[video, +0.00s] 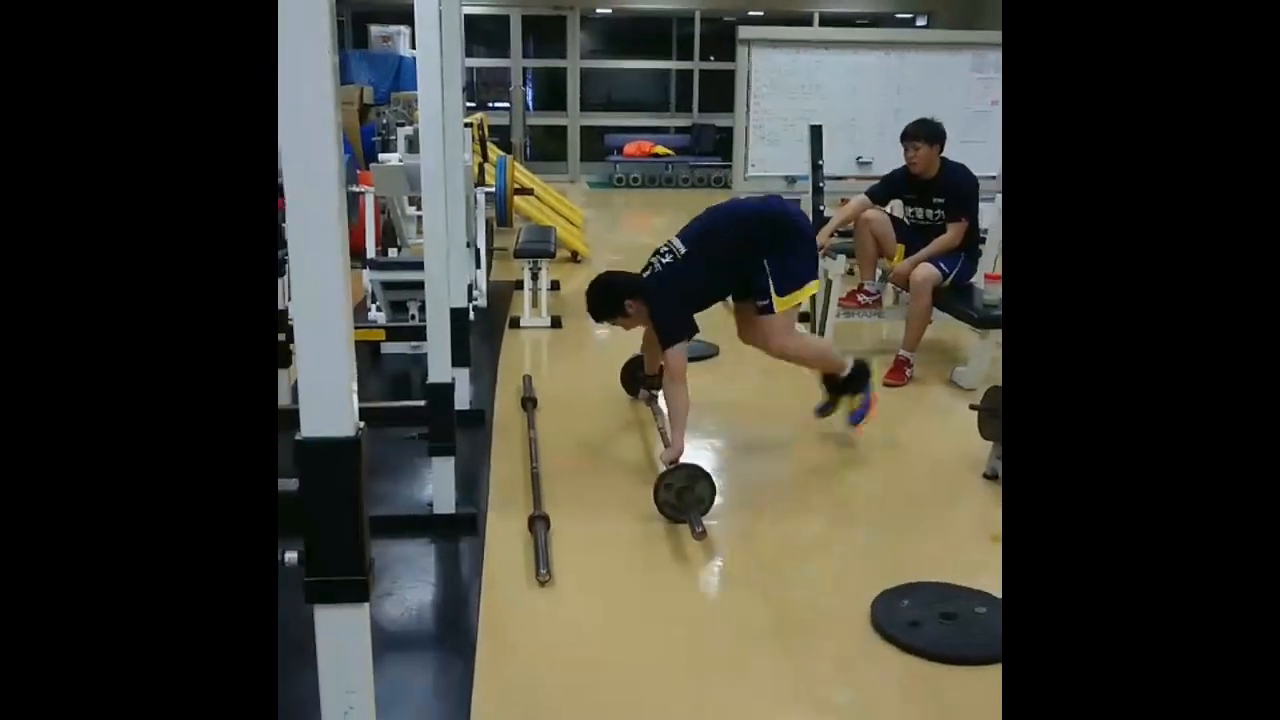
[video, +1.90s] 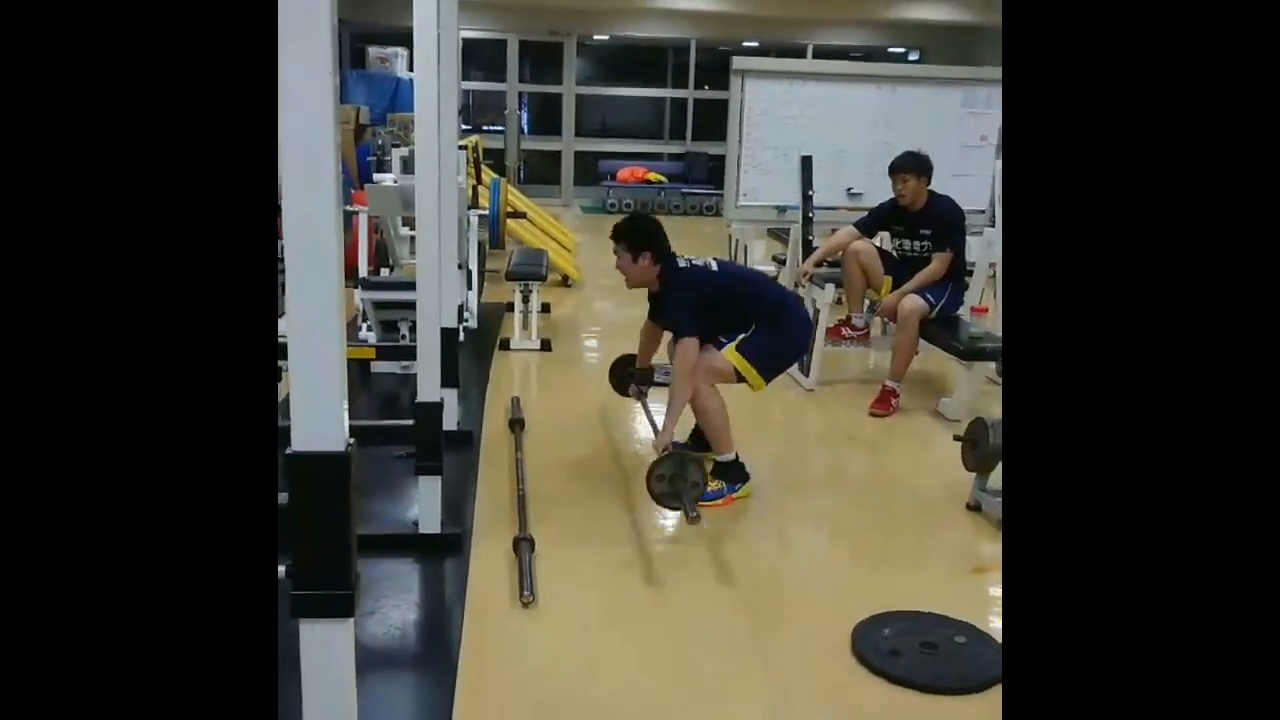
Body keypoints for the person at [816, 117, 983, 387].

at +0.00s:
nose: (910, 155)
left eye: (917, 148)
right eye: (906, 149)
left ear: (937, 149)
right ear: (903, 150)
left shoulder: (960, 179)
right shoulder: (902, 177)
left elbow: (954, 237)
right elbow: (861, 203)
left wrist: (910, 263)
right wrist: (825, 231)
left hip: (957, 252)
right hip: (916, 243)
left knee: (921, 276)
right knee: (867, 218)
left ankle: (904, 358)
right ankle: (868, 291)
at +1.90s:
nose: (898, 187)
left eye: (905, 181)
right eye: (895, 181)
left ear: (924, 181)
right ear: (891, 182)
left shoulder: (947, 211)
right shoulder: (890, 210)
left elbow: (939, 268)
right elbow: (848, 236)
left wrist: (897, 296)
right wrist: (811, 261)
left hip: (943, 283)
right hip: (904, 276)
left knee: (908, 307)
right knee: (856, 250)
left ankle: (890, 389)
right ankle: (857, 326)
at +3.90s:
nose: (894, 205)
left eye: (901, 198)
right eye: (890, 198)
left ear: (920, 200)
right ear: (886, 199)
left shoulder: (941, 231)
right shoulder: (884, 227)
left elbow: (932, 287)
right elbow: (843, 253)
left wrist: (889, 314)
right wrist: (805, 278)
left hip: (935, 303)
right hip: (895, 294)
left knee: (901, 325)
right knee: (848, 268)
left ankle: (883, 407)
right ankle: (849, 344)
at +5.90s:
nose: (883, 218)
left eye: (890, 212)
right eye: (880, 211)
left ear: (909, 212)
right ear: (876, 211)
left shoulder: (930, 241)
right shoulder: (874, 237)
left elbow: (921, 296)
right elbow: (831, 262)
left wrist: (878, 322)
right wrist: (794, 287)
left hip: (923, 313)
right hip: (886, 303)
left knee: (889, 336)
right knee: (837, 278)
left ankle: (870, 417)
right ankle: (838, 352)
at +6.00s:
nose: (883, 218)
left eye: (890, 212)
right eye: (880, 211)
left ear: (909, 213)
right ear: (876, 212)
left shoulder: (930, 243)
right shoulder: (873, 238)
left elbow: (921, 299)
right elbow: (832, 263)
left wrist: (877, 325)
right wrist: (795, 289)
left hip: (925, 314)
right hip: (885, 305)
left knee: (889, 336)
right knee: (837, 279)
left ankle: (870, 418)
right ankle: (837, 354)